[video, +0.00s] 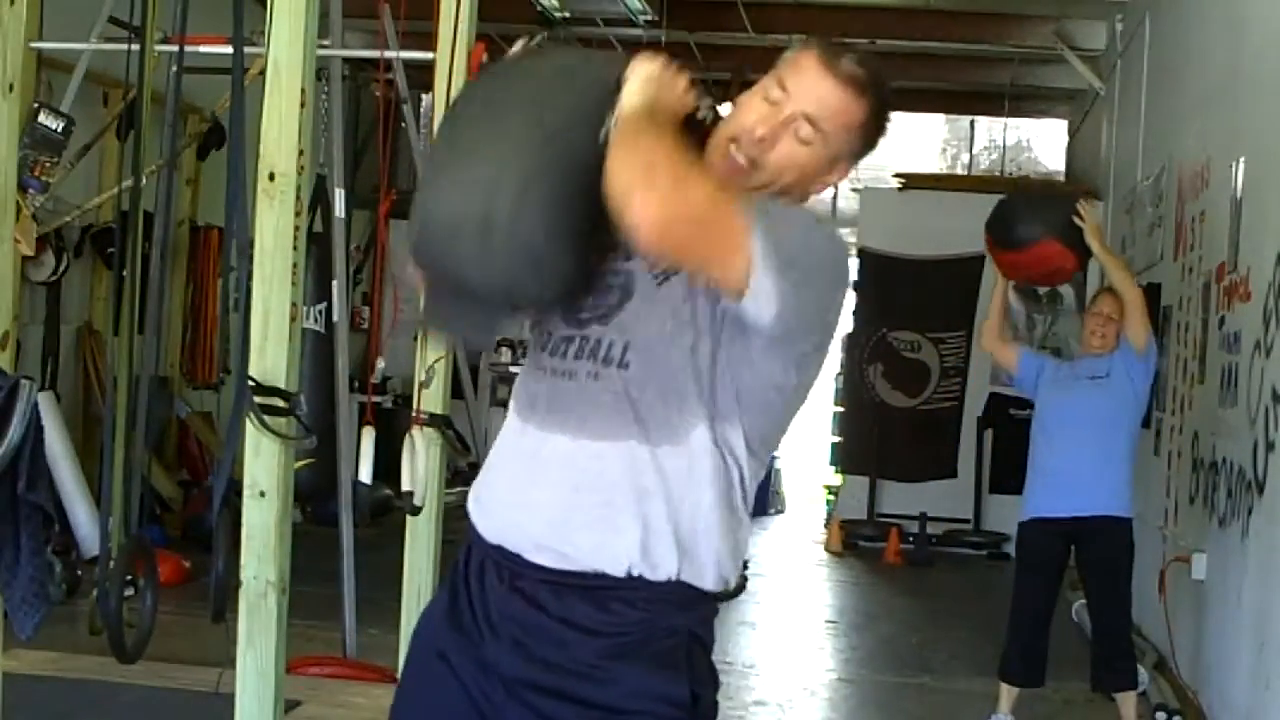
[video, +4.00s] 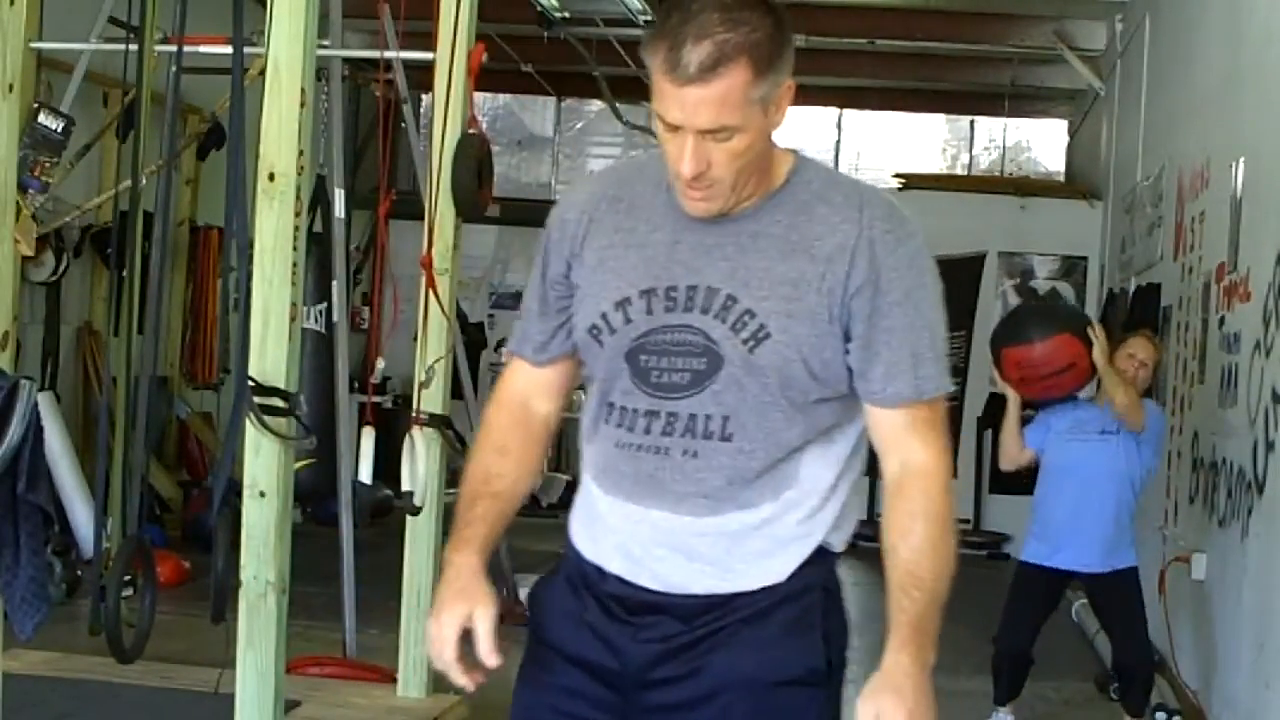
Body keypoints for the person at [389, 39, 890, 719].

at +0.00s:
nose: (762, 128)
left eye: (804, 132)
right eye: (773, 95)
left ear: (829, 178)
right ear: (752, 83)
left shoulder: (808, 258)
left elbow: (656, 210)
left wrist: (648, 107)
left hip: (630, 637)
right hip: (481, 597)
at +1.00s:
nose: (593, 328)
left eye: (625, 296)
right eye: (572, 290)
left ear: (668, 249)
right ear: (535, 232)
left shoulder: (746, 347)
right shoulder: (484, 318)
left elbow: (797, 561)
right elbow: (424, 474)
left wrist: (652, 694)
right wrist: (449, 647)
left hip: (733, 623)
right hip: (562, 613)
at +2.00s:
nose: (527, 468)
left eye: (550, 438)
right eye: (504, 440)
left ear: (608, 382)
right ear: (481, 403)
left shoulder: (707, 413)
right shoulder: (445, 432)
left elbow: (838, 640)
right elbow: (425, 617)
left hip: (727, 654)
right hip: (555, 646)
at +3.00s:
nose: (452, 121)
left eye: (476, 88)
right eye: (426, 90)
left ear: (525, 61)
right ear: (397, 74)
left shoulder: (620, 167)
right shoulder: (348, 208)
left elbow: (712, 355)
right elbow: (283, 388)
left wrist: (721, 524)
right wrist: (227, 547)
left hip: (606, 593)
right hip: (424, 600)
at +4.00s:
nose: (688, 164)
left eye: (720, 134)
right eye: (668, 128)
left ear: (780, 104)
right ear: (653, 96)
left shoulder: (865, 235)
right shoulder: (590, 214)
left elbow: (914, 462)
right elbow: (528, 394)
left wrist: (908, 665)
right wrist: (465, 556)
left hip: (760, 635)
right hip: (587, 620)